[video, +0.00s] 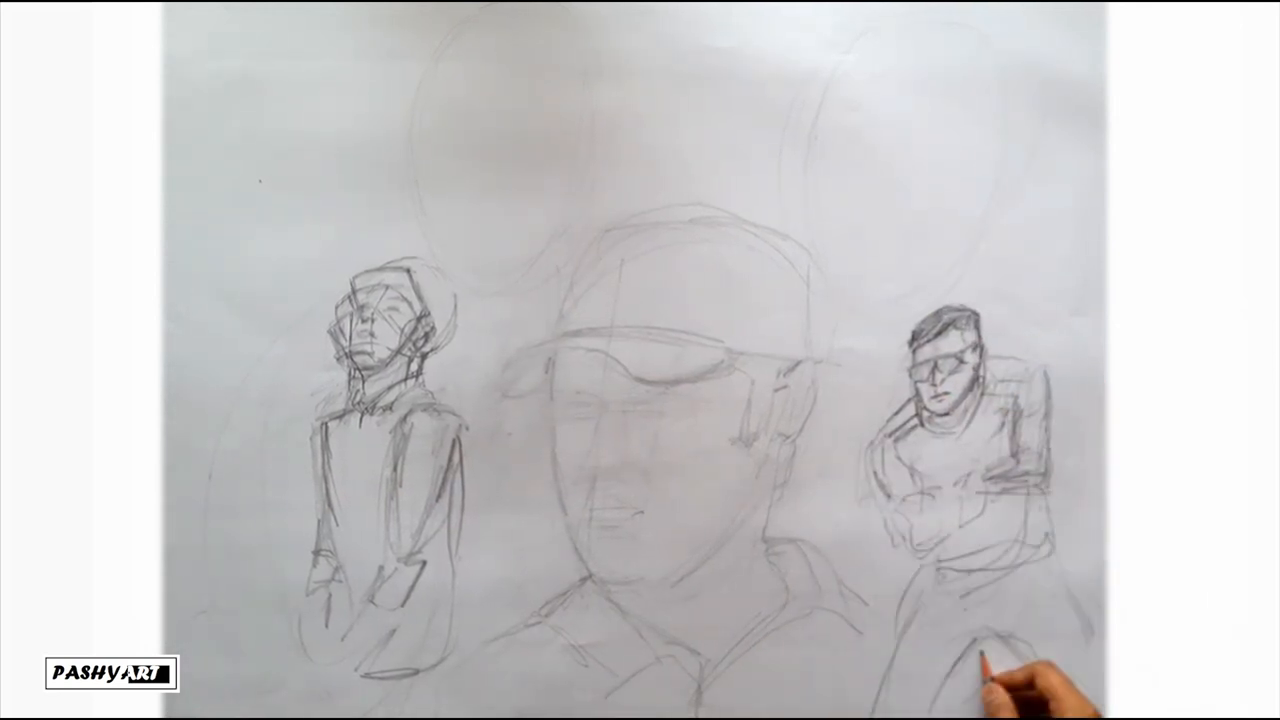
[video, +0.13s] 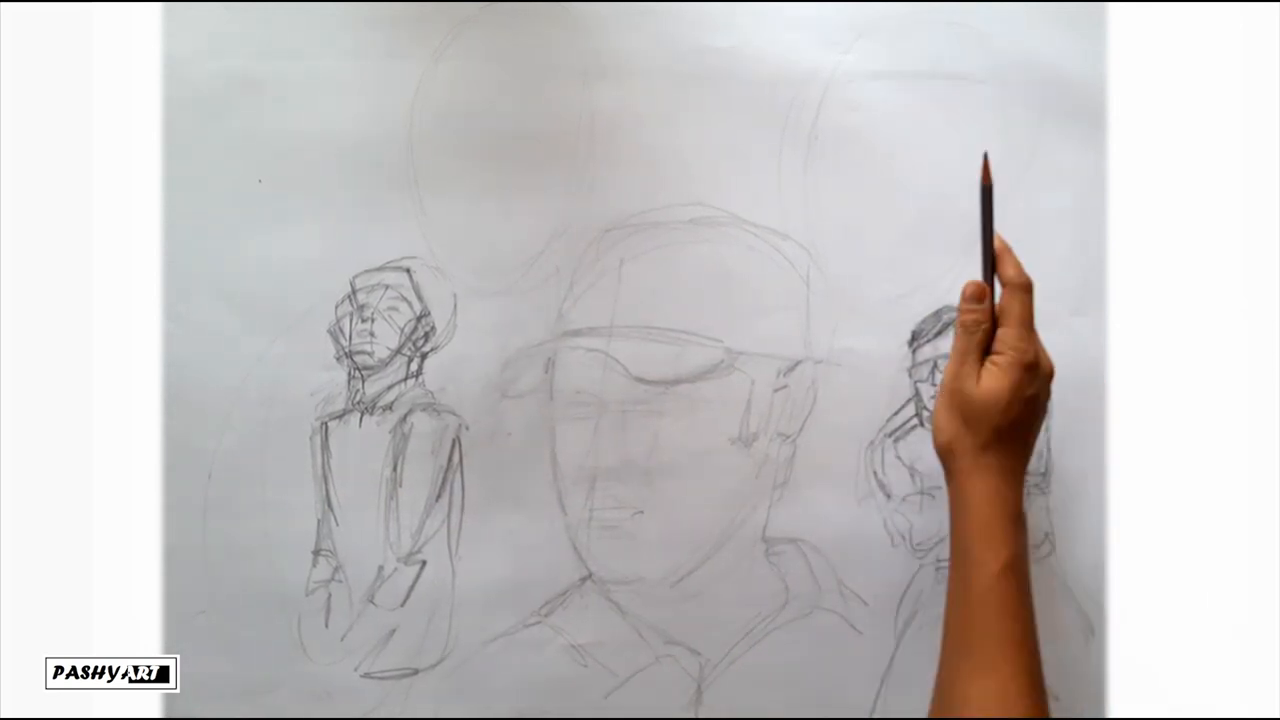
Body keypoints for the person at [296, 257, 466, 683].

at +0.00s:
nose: (367, 323)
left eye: (390, 311)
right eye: (359, 310)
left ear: (422, 333)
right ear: (343, 326)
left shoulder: (432, 427)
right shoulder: (327, 426)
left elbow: (427, 560)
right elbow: (327, 542)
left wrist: (352, 655)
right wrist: (318, 637)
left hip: (410, 629)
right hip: (340, 628)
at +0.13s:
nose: (367, 322)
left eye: (390, 311)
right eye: (359, 310)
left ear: (421, 333)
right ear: (343, 326)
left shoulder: (431, 425)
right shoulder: (327, 423)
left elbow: (423, 560)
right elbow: (326, 542)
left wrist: (353, 652)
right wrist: (318, 635)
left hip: (412, 623)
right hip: (341, 623)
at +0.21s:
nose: (368, 324)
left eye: (390, 313)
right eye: (360, 311)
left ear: (422, 333)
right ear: (343, 326)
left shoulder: (430, 426)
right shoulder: (327, 426)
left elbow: (424, 560)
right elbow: (327, 541)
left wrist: (350, 656)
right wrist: (317, 632)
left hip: (409, 628)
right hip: (340, 629)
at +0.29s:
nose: (368, 324)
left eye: (390, 313)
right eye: (360, 312)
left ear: (420, 333)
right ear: (344, 325)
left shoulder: (429, 425)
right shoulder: (328, 425)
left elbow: (421, 560)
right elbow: (326, 544)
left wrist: (347, 659)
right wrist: (316, 637)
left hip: (408, 629)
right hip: (341, 630)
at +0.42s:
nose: (366, 320)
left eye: (389, 309)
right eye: (358, 307)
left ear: (419, 332)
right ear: (341, 324)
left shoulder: (430, 424)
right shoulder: (327, 423)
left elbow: (418, 558)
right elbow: (324, 546)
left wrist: (347, 656)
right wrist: (318, 638)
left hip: (411, 620)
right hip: (340, 624)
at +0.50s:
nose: (366, 323)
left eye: (388, 311)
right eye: (358, 310)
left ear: (418, 332)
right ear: (342, 325)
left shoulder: (430, 424)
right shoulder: (326, 421)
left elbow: (417, 557)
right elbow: (324, 545)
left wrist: (347, 656)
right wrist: (320, 636)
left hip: (411, 617)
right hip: (339, 621)